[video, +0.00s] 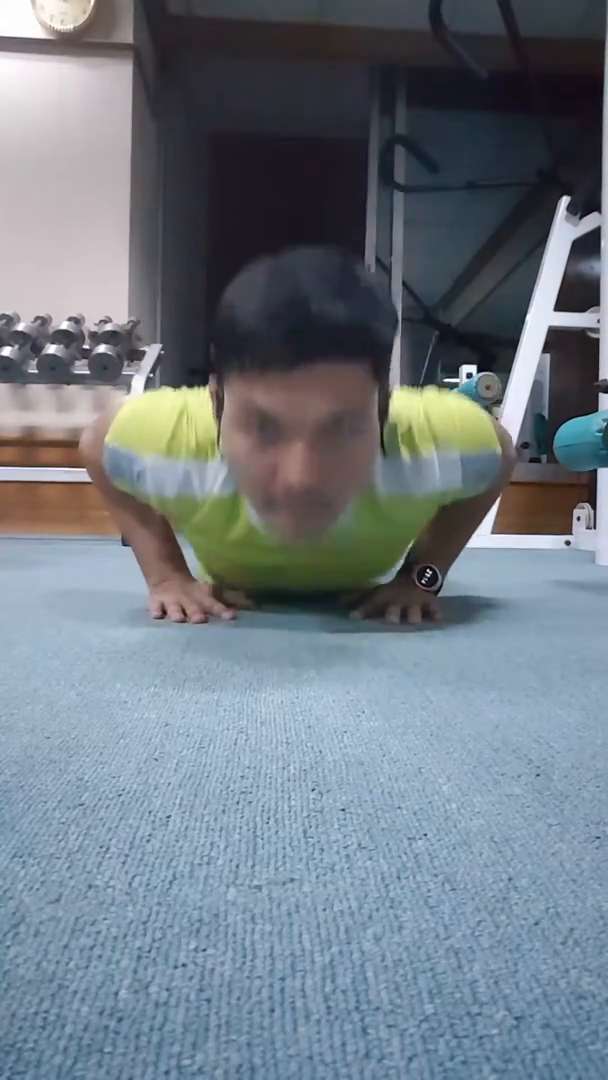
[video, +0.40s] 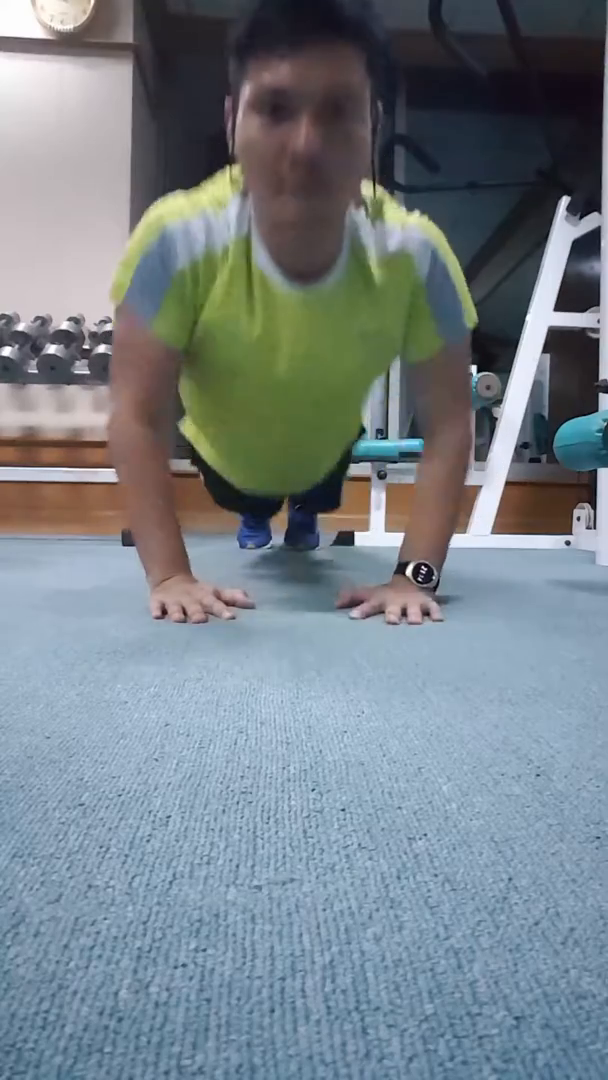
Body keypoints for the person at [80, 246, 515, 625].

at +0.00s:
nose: (299, 473)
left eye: (337, 430)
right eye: (265, 429)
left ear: (383, 406)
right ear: (217, 401)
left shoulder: (450, 439)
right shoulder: (158, 438)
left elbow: (493, 460)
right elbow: (99, 449)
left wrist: (422, 575)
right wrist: (167, 574)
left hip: (366, 569)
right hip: (229, 569)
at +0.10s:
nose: (298, 384)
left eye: (335, 344)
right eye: (265, 344)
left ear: (380, 327)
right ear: (216, 325)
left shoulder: (437, 389)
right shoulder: (162, 391)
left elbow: (487, 456)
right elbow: (102, 451)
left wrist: (420, 577)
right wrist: (168, 577)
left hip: (352, 554)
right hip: (234, 559)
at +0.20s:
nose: (300, 286)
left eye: (334, 250)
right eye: (269, 249)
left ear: (376, 242)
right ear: (220, 244)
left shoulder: (429, 336)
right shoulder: (161, 339)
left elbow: (481, 451)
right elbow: (104, 447)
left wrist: (418, 577)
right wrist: (167, 577)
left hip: (343, 518)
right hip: (226, 520)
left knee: (329, 533)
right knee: (244, 533)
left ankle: (303, 547)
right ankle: (256, 544)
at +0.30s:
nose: (305, 205)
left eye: (337, 171)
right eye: (273, 169)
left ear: (376, 178)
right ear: (228, 174)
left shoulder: (419, 289)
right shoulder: (170, 284)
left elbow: (468, 439)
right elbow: (111, 435)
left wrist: (417, 577)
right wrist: (167, 578)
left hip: (334, 488)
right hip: (230, 492)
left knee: (327, 521)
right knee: (248, 527)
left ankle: (322, 529)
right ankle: (266, 536)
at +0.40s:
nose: (308, 144)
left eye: (339, 114)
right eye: (277, 111)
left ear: (375, 130)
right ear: (231, 122)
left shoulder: (413, 254)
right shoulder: (177, 239)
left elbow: (449, 424)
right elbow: (136, 416)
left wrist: (416, 576)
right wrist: (170, 577)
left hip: (327, 445)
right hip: (228, 452)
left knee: (311, 495)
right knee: (251, 500)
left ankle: (303, 519)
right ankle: (256, 520)